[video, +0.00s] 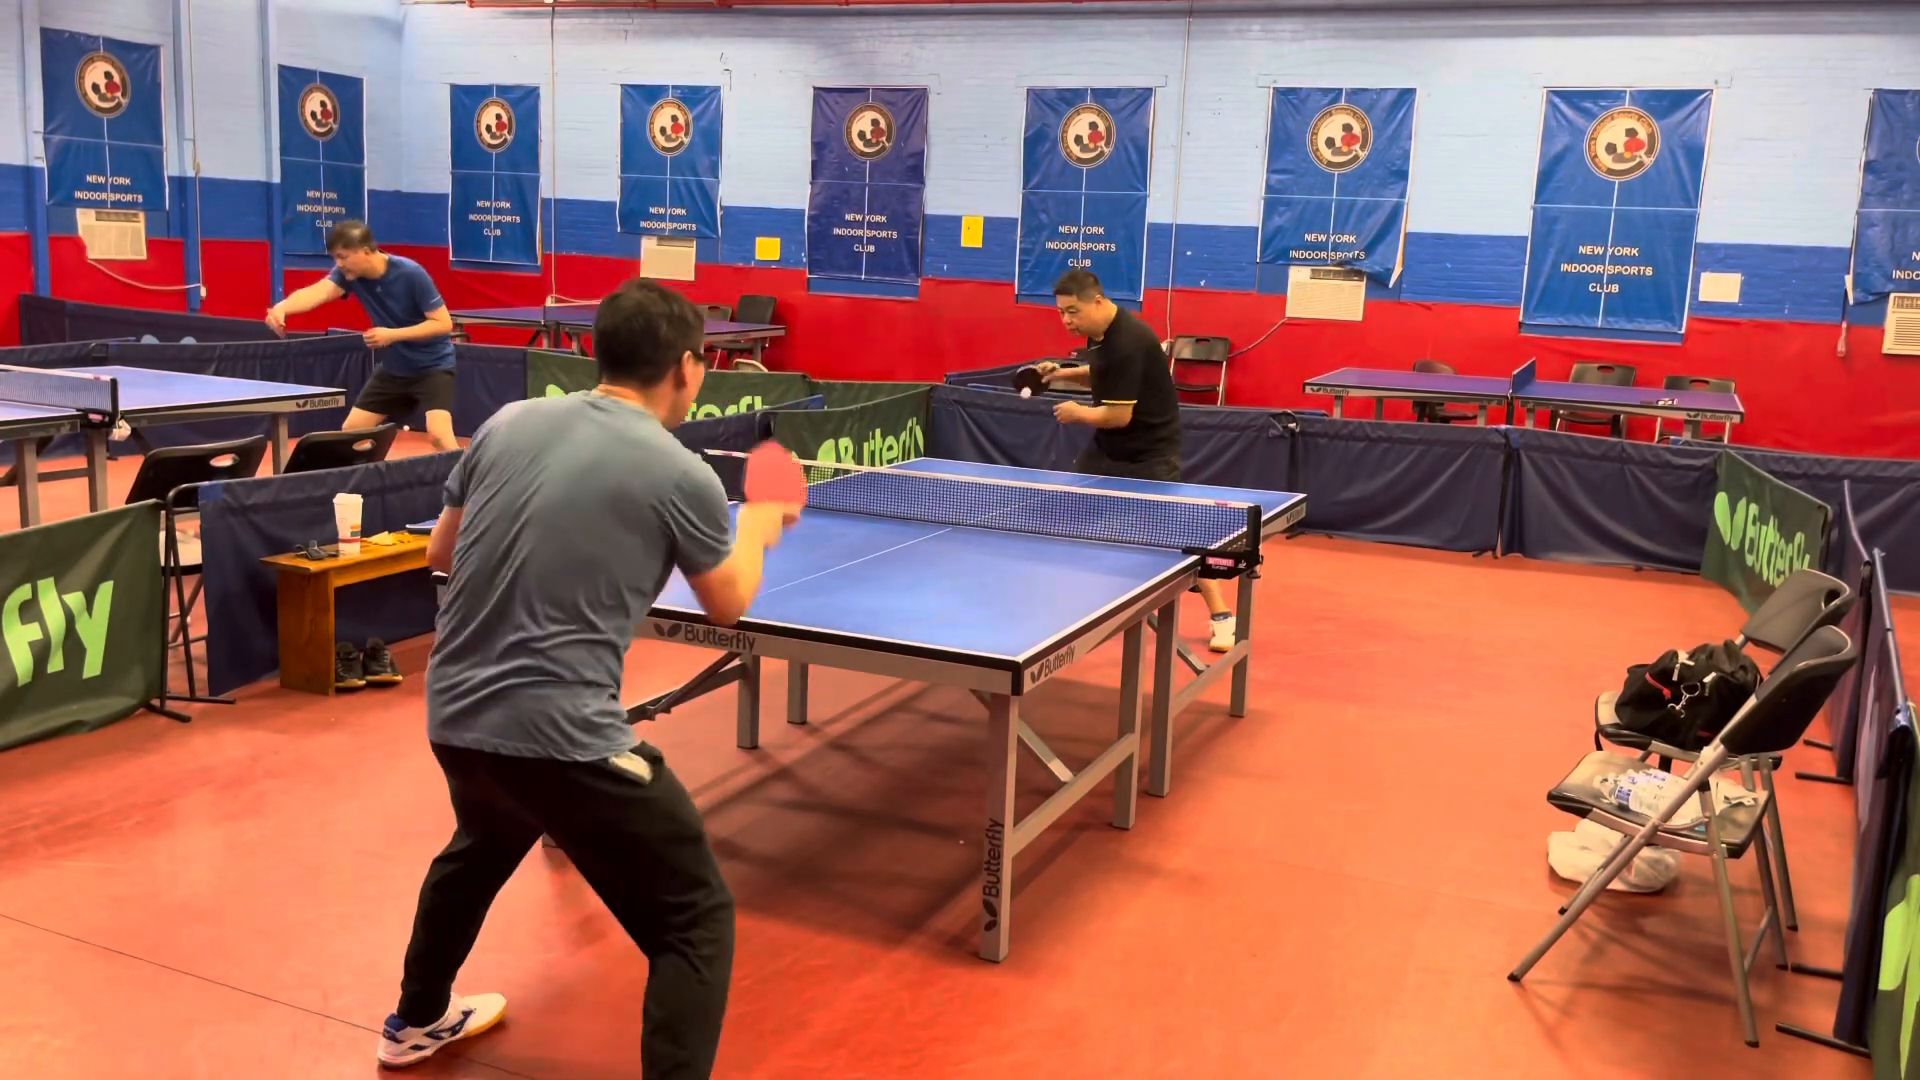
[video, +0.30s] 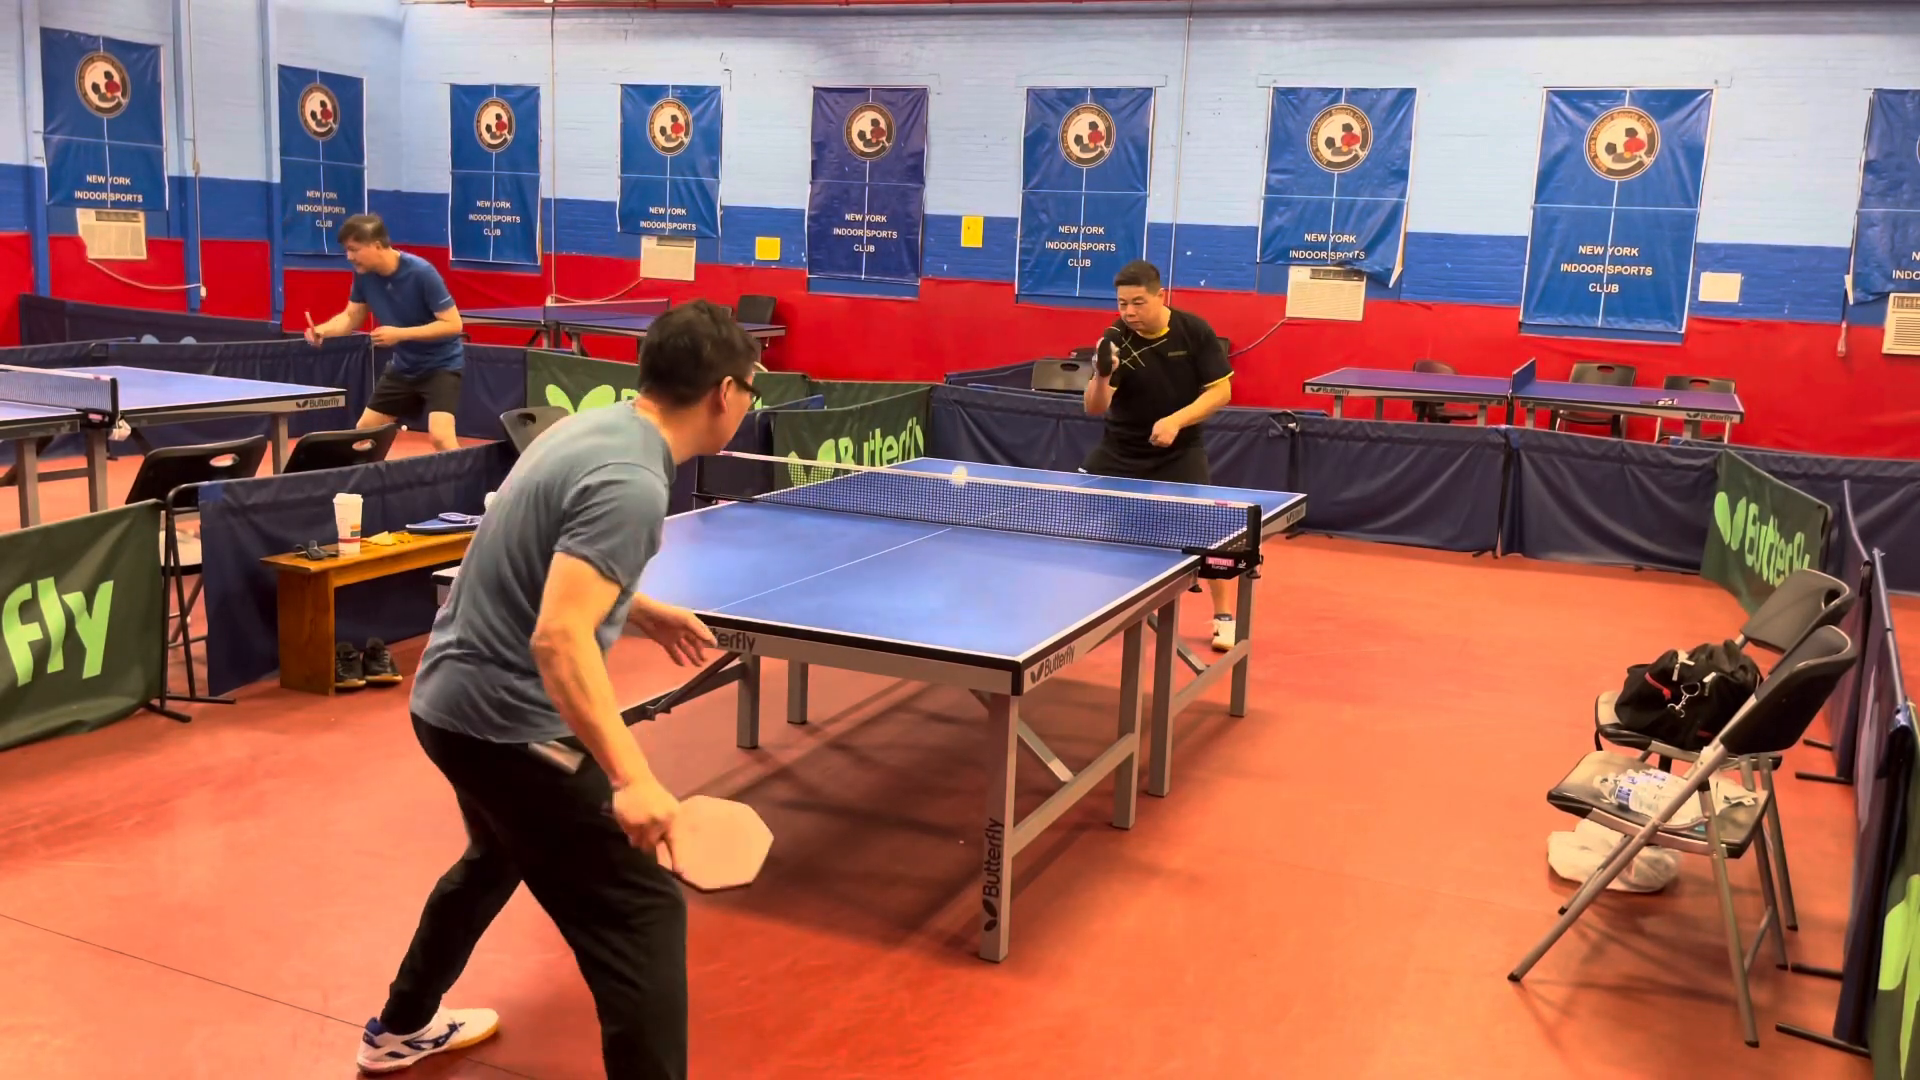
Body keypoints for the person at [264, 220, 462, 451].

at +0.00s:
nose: (338, 265)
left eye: (343, 257)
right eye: (336, 259)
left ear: (365, 251)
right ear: (363, 252)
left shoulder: (412, 274)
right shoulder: (349, 274)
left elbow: (443, 324)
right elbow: (319, 292)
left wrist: (393, 335)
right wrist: (282, 308)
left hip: (434, 367)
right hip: (393, 368)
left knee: (440, 436)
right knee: (351, 431)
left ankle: (469, 491)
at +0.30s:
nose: (349, 257)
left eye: (354, 250)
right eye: (347, 251)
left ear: (377, 246)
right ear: (374, 248)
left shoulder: (422, 273)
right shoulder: (364, 275)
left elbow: (453, 324)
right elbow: (352, 317)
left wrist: (400, 334)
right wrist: (321, 331)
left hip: (442, 363)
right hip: (403, 365)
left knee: (440, 435)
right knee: (363, 433)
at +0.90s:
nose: (314, 250)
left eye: (317, 242)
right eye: (312, 243)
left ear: (340, 236)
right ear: (335, 238)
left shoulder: (387, 261)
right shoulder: (325, 263)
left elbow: (424, 308)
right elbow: (292, 287)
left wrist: (374, 322)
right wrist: (261, 303)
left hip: (412, 356)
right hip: (372, 357)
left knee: (416, 428)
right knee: (346, 426)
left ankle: (452, 490)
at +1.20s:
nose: (307, 246)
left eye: (311, 239)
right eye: (305, 240)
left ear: (334, 235)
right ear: (332, 236)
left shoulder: (379, 262)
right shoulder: (317, 263)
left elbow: (413, 311)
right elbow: (302, 305)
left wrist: (363, 326)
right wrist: (282, 325)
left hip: (394, 353)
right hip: (355, 352)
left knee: (382, 427)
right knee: (318, 411)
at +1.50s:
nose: (283, 241)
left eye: (288, 234)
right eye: (281, 235)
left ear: (311, 232)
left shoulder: (353, 261)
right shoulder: (296, 263)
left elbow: (388, 311)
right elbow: (296, 304)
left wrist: (339, 325)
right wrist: (272, 332)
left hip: (373, 354)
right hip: (335, 355)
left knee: (367, 426)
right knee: (316, 421)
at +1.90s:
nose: (265, 222)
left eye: (270, 215)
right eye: (264, 216)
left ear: (293, 216)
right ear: (291, 218)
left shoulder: (334, 248)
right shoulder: (283, 250)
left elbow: (368, 297)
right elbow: (286, 296)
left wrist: (317, 308)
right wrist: (257, 314)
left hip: (356, 352)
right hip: (318, 352)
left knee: (364, 425)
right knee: (303, 421)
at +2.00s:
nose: (267, 226)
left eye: (273, 219)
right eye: (266, 220)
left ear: (296, 219)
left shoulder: (337, 251)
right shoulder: (284, 254)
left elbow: (372, 299)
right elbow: (289, 299)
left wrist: (320, 312)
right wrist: (261, 318)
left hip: (359, 354)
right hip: (321, 353)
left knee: (364, 429)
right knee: (305, 422)